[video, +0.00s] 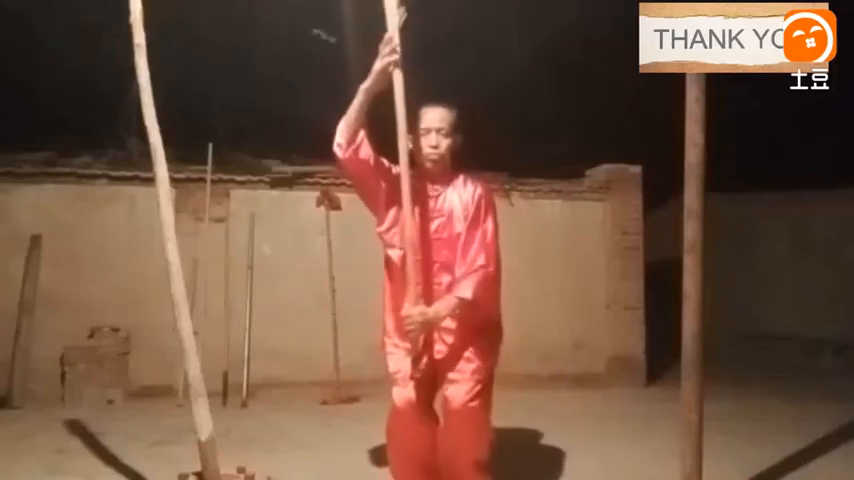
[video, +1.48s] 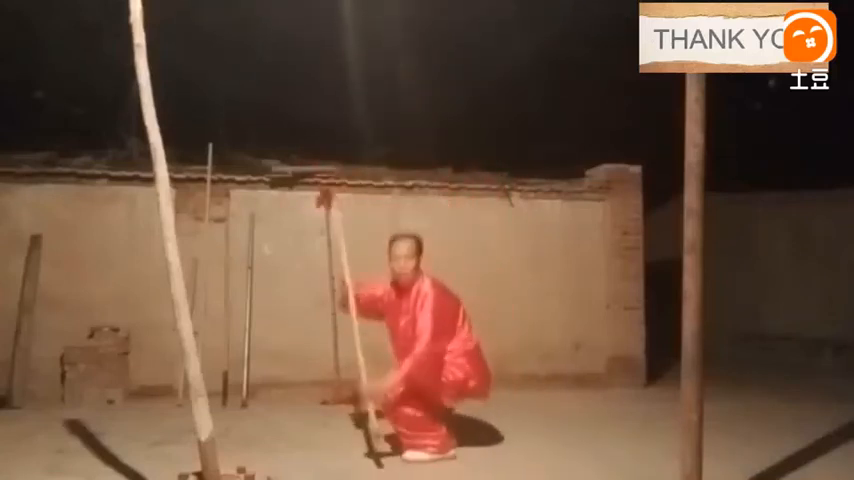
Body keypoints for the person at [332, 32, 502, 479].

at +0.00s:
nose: (434, 140)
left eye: (443, 133)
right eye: (426, 132)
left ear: (457, 141)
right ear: (412, 139)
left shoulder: (473, 195)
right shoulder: (392, 188)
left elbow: (479, 272)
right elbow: (346, 146)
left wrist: (436, 312)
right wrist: (372, 82)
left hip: (463, 329)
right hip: (406, 331)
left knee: (462, 410)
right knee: (406, 411)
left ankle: (467, 476)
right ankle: (412, 477)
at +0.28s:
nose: (429, 128)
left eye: (439, 120)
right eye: (422, 119)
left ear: (455, 128)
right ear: (412, 125)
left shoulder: (470, 179)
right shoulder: (397, 173)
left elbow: (485, 240)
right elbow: (349, 135)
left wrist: (435, 259)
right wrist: (370, 75)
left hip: (465, 315)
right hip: (413, 315)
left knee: (471, 407)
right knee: (414, 403)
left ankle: (475, 474)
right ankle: (417, 474)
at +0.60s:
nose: (431, 160)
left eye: (440, 152)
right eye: (425, 151)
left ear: (460, 157)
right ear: (418, 157)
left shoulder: (468, 205)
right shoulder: (416, 202)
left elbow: (456, 262)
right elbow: (379, 212)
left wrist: (416, 299)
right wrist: (340, 204)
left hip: (480, 326)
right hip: (443, 324)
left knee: (449, 398)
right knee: (420, 384)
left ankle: (472, 472)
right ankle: (425, 442)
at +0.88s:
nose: (418, 175)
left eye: (427, 167)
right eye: (414, 167)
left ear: (446, 173)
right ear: (409, 173)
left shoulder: (450, 209)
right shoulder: (422, 212)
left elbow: (439, 240)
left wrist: (390, 196)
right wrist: (426, 339)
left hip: (472, 321)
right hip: (444, 319)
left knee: (445, 382)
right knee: (416, 370)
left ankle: (466, 470)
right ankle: (432, 447)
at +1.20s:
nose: (416, 199)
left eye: (422, 191)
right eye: (411, 191)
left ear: (433, 195)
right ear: (403, 194)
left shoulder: (439, 230)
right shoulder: (411, 228)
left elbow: (423, 279)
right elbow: (371, 227)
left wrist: (386, 258)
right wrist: (343, 205)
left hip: (462, 332)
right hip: (439, 327)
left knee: (406, 369)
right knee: (401, 365)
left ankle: (439, 443)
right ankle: (420, 435)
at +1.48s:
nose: (402, 264)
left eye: (408, 258)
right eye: (396, 259)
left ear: (418, 260)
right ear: (389, 261)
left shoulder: (430, 293)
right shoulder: (393, 295)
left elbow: (425, 349)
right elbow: (358, 302)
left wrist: (388, 385)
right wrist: (345, 295)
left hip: (460, 369)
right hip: (432, 365)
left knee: (406, 385)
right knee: (393, 387)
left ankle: (433, 443)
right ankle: (415, 436)